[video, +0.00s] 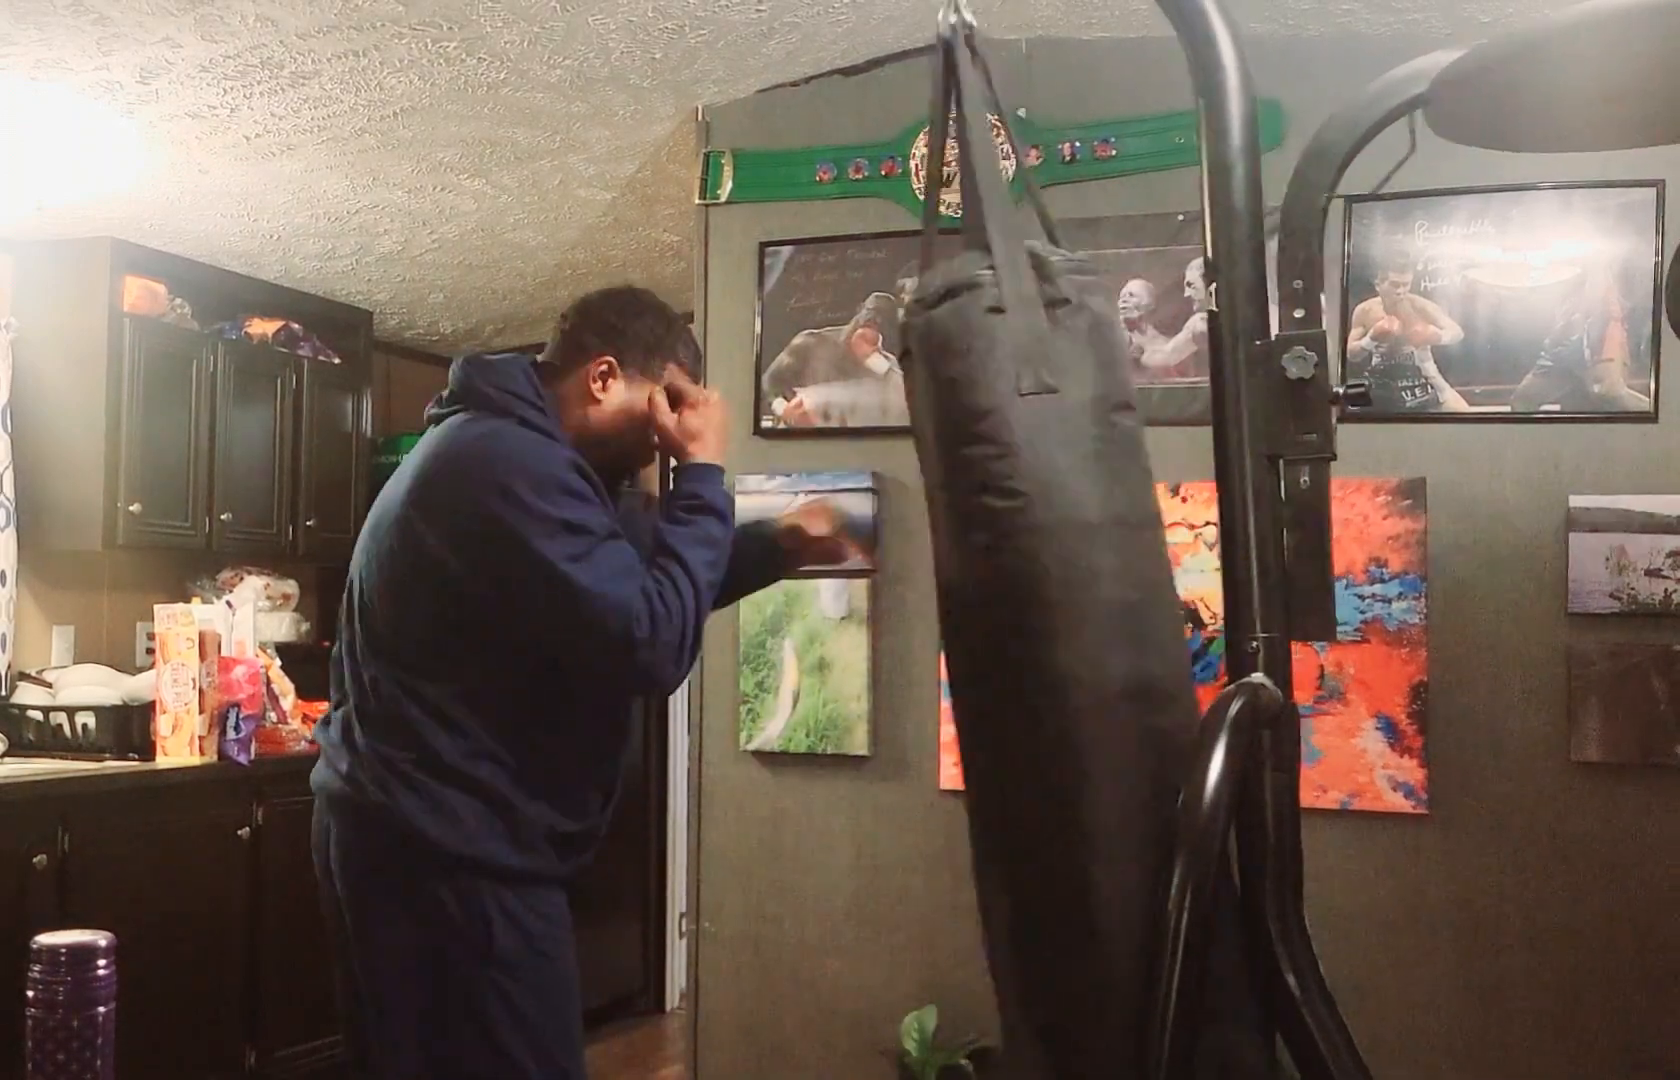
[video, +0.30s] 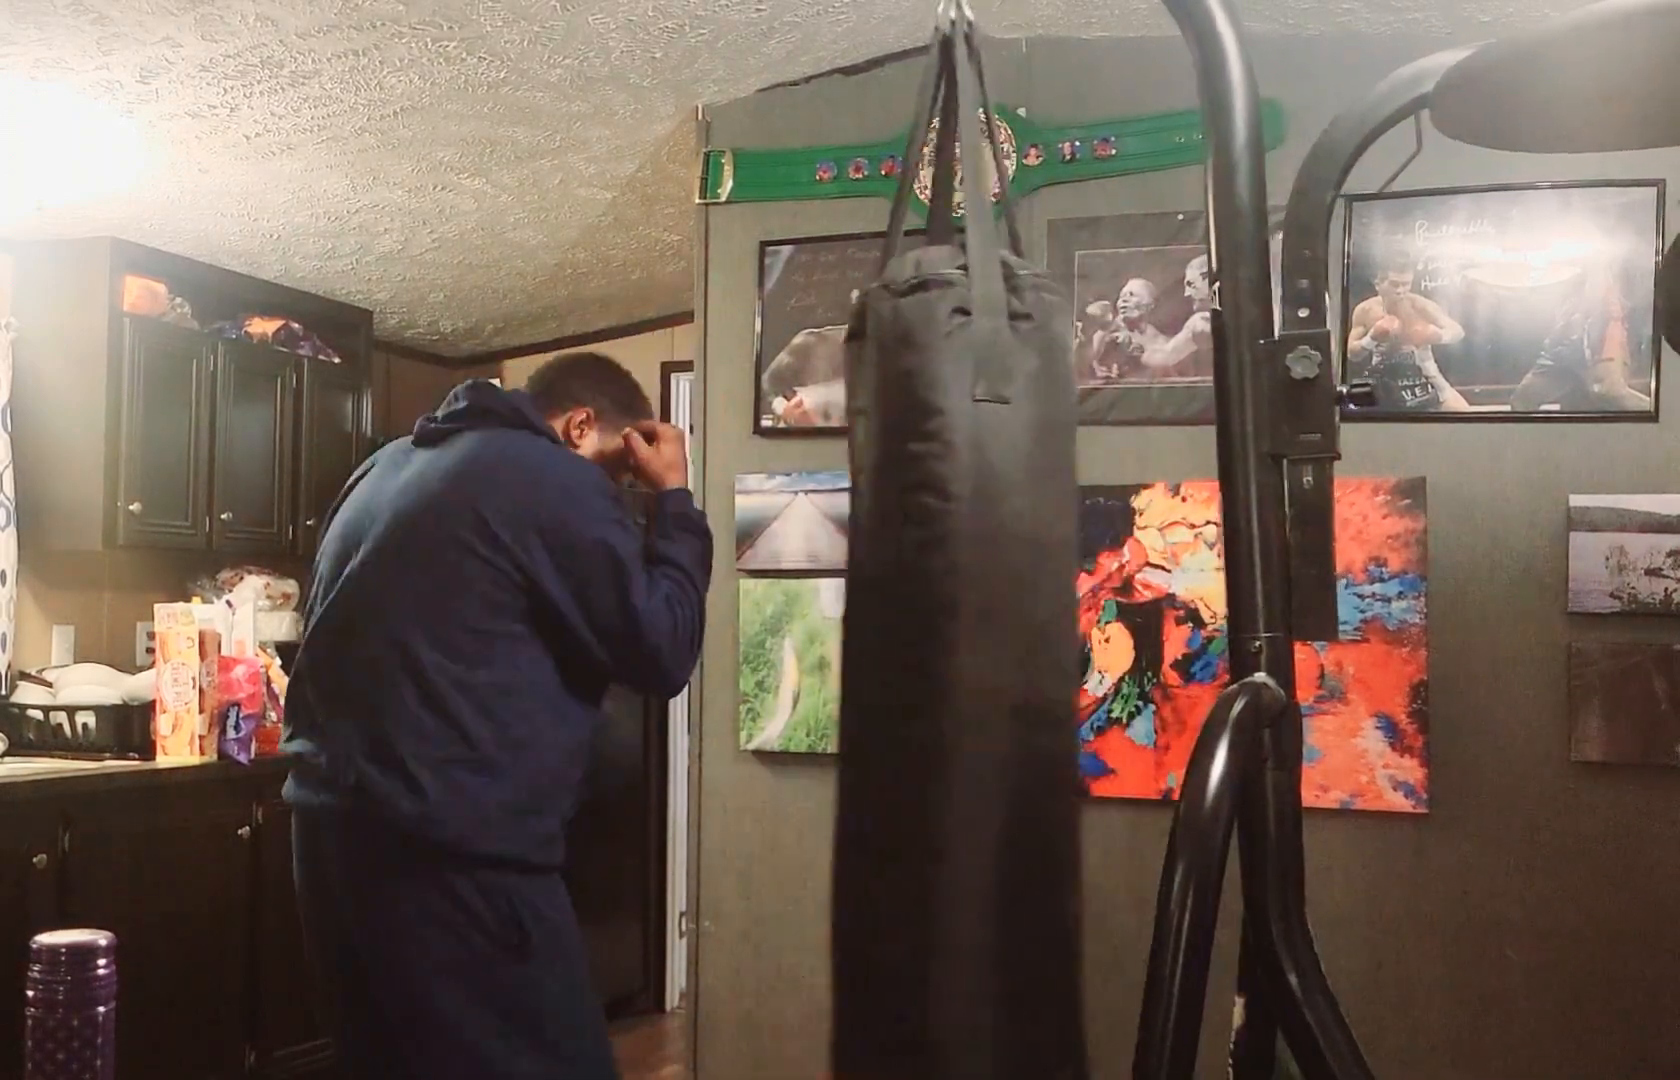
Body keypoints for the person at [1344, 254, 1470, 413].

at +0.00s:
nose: (1401, 291)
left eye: (1406, 285)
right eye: (1395, 285)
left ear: (1411, 284)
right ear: (1378, 284)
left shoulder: (1420, 305)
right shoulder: (1365, 311)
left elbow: (1457, 332)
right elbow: (1351, 354)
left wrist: (1434, 336)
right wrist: (1372, 338)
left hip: (1426, 382)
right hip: (1383, 386)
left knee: (1467, 418)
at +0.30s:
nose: (1401, 291)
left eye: (1406, 285)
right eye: (1395, 285)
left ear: (1411, 283)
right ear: (1378, 284)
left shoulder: (1420, 305)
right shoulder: (1365, 311)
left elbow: (1457, 331)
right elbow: (1352, 354)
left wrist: (1435, 335)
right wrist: (1373, 338)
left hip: (1427, 382)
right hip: (1384, 385)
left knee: (1468, 418)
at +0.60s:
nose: (1401, 291)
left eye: (1406, 285)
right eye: (1395, 285)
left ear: (1411, 284)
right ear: (1379, 284)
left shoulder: (1420, 306)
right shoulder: (1364, 311)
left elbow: (1457, 332)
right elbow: (1352, 355)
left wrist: (1434, 336)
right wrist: (1373, 339)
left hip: (1428, 384)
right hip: (1385, 387)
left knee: (1468, 419)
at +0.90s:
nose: (1401, 292)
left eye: (1405, 286)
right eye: (1394, 285)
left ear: (1410, 284)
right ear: (1378, 284)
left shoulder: (1420, 306)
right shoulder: (1364, 312)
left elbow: (1456, 332)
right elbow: (1351, 354)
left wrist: (1434, 336)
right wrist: (1372, 338)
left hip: (1427, 383)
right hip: (1385, 387)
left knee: (1466, 419)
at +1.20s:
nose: (1401, 291)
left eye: (1406, 285)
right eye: (1394, 285)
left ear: (1411, 284)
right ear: (1378, 284)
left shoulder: (1420, 305)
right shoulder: (1364, 311)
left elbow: (1457, 332)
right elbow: (1351, 354)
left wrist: (1434, 336)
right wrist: (1373, 338)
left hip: (1428, 384)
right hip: (1385, 388)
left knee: (1469, 421)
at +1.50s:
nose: (1401, 291)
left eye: (1405, 285)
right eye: (1394, 285)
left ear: (1410, 284)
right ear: (1378, 285)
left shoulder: (1420, 306)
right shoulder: (1364, 311)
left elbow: (1457, 332)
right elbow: (1351, 355)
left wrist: (1434, 336)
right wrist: (1372, 338)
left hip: (1428, 383)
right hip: (1385, 387)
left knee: (1467, 419)